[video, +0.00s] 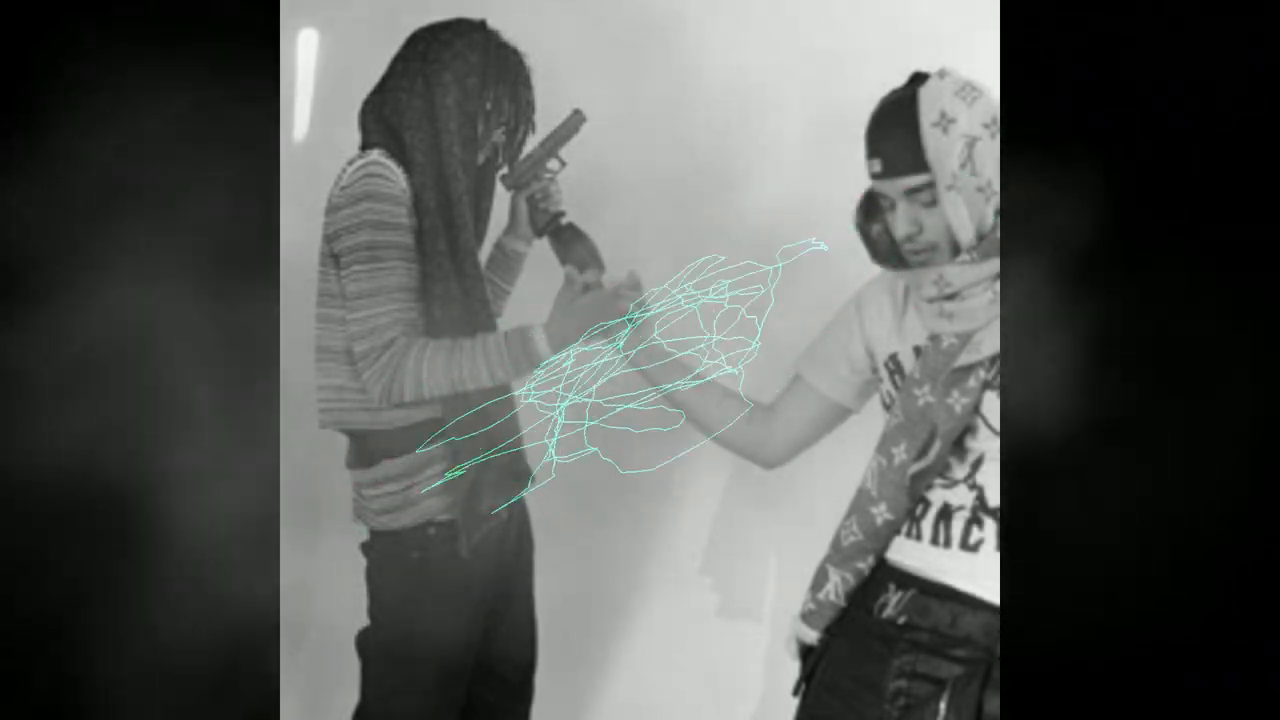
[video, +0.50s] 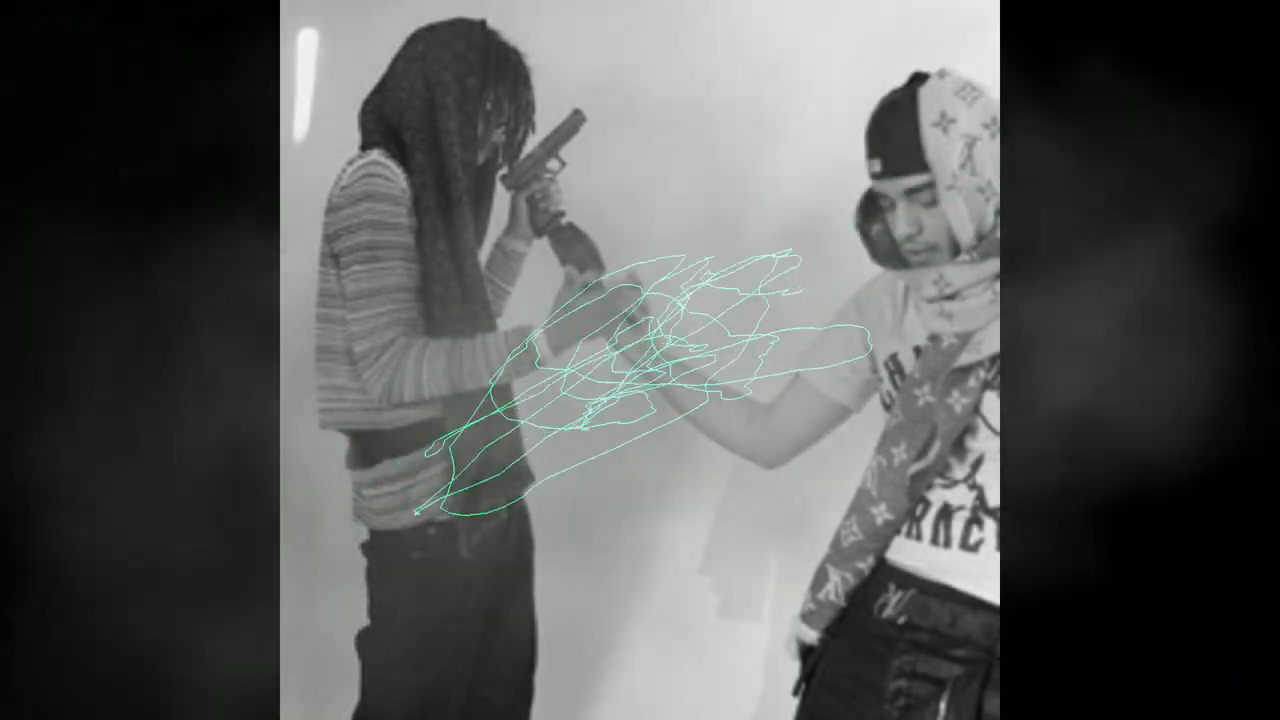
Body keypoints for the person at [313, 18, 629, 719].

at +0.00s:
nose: (499, 147)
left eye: (506, 129)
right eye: (493, 124)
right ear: (450, 110)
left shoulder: (425, 192)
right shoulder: (377, 183)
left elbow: (462, 329)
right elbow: (388, 369)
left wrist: (519, 234)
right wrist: (550, 338)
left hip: (486, 493)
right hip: (423, 510)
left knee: (500, 695)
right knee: (413, 702)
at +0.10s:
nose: (499, 146)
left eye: (506, 127)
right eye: (493, 122)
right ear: (449, 110)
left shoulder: (427, 192)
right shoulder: (377, 183)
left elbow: (464, 331)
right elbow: (388, 371)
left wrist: (518, 234)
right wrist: (550, 338)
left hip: (488, 503)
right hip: (423, 521)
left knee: (501, 699)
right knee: (410, 705)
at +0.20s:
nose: (500, 147)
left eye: (507, 128)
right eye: (494, 123)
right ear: (449, 110)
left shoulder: (426, 192)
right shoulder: (377, 183)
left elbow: (462, 330)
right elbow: (387, 368)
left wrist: (518, 234)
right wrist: (547, 333)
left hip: (489, 504)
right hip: (424, 516)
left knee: (501, 700)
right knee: (412, 704)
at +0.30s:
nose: (498, 146)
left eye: (506, 127)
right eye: (492, 122)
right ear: (448, 109)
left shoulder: (428, 191)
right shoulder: (377, 184)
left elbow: (463, 331)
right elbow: (388, 370)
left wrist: (518, 234)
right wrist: (547, 339)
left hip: (486, 501)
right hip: (422, 516)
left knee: (502, 699)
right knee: (411, 704)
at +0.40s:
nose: (497, 145)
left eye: (505, 126)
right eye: (491, 121)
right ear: (447, 108)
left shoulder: (429, 190)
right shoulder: (376, 183)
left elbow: (463, 334)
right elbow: (388, 370)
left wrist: (517, 235)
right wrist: (549, 339)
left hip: (487, 503)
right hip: (421, 520)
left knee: (501, 699)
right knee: (411, 704)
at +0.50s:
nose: (498, 144)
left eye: (504, 124)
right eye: (490, 120)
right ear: (445, 108)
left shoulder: (429, 191)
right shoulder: (377, 183)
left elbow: (464, 335)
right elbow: (387, 370)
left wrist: (518, 234)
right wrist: (546, 343)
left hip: (488, 495)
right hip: (422, 509)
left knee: (499, 697)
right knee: (413, 702)